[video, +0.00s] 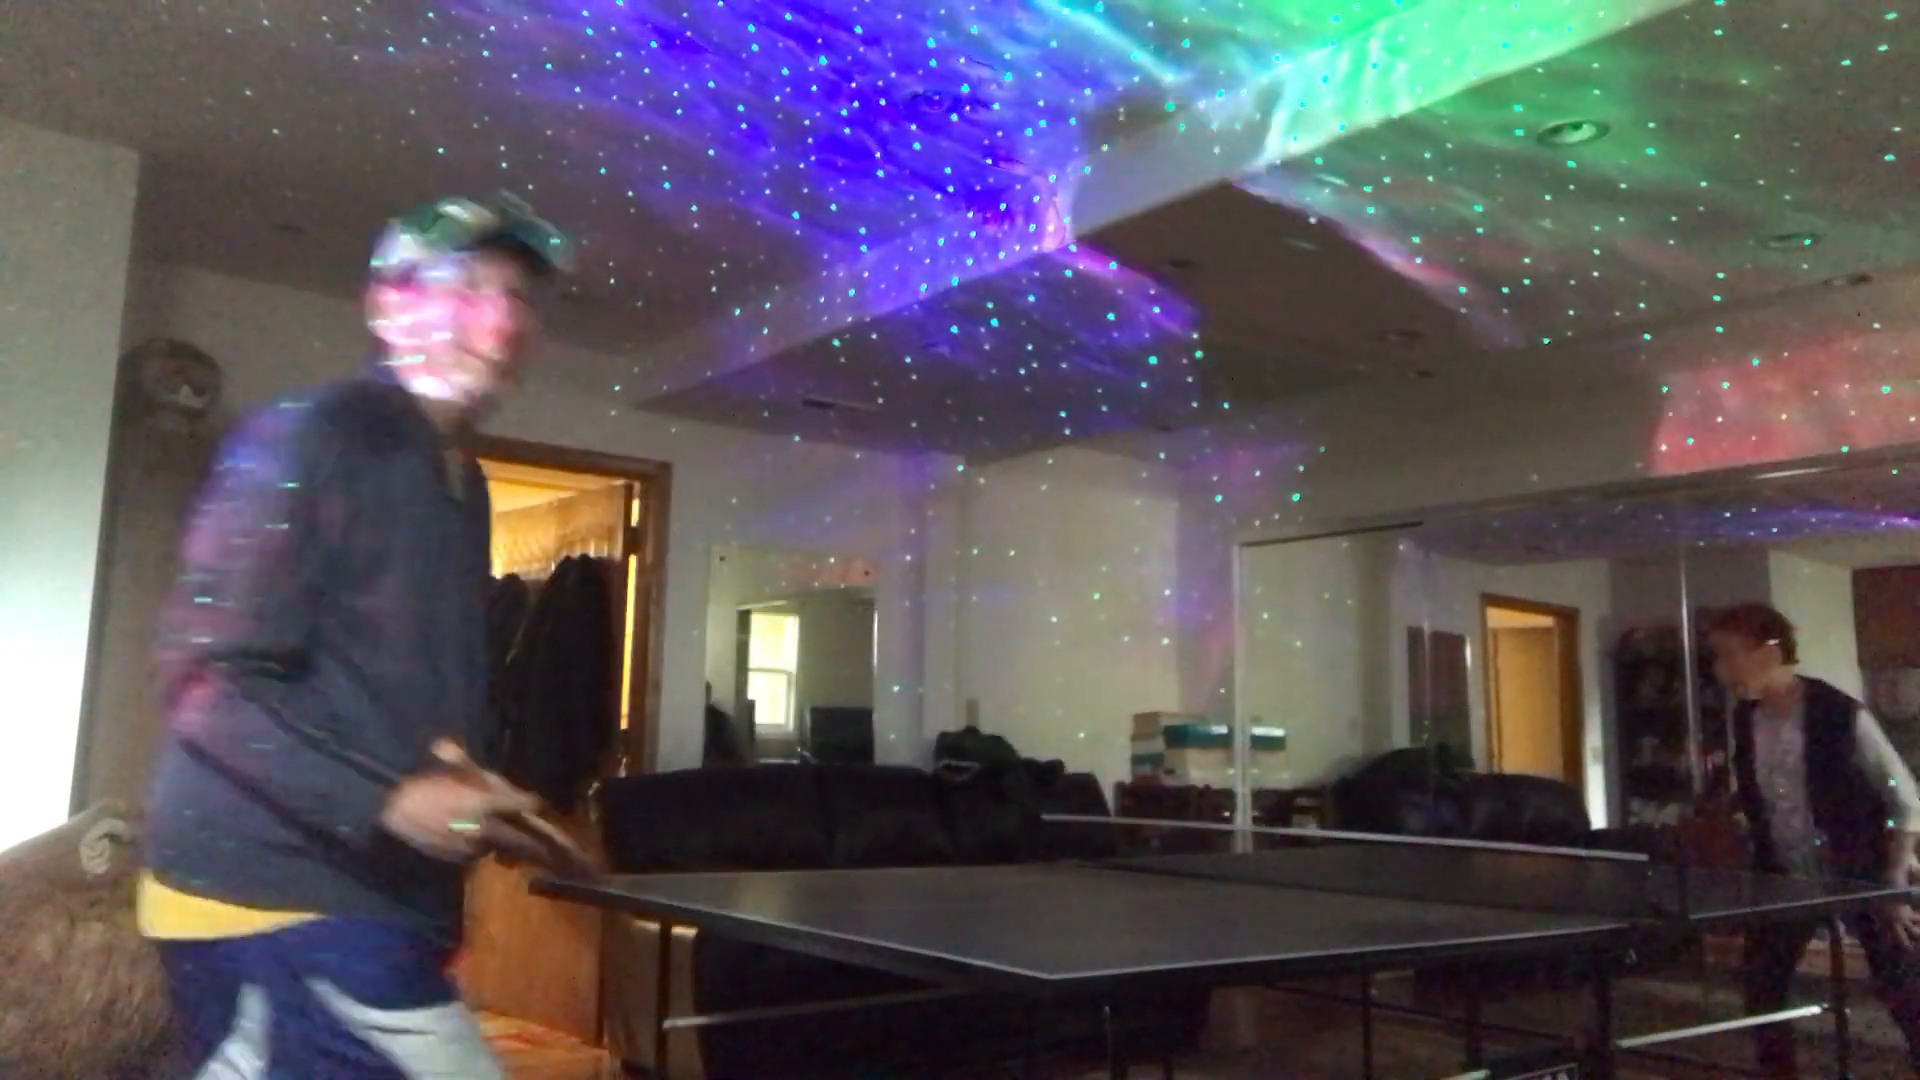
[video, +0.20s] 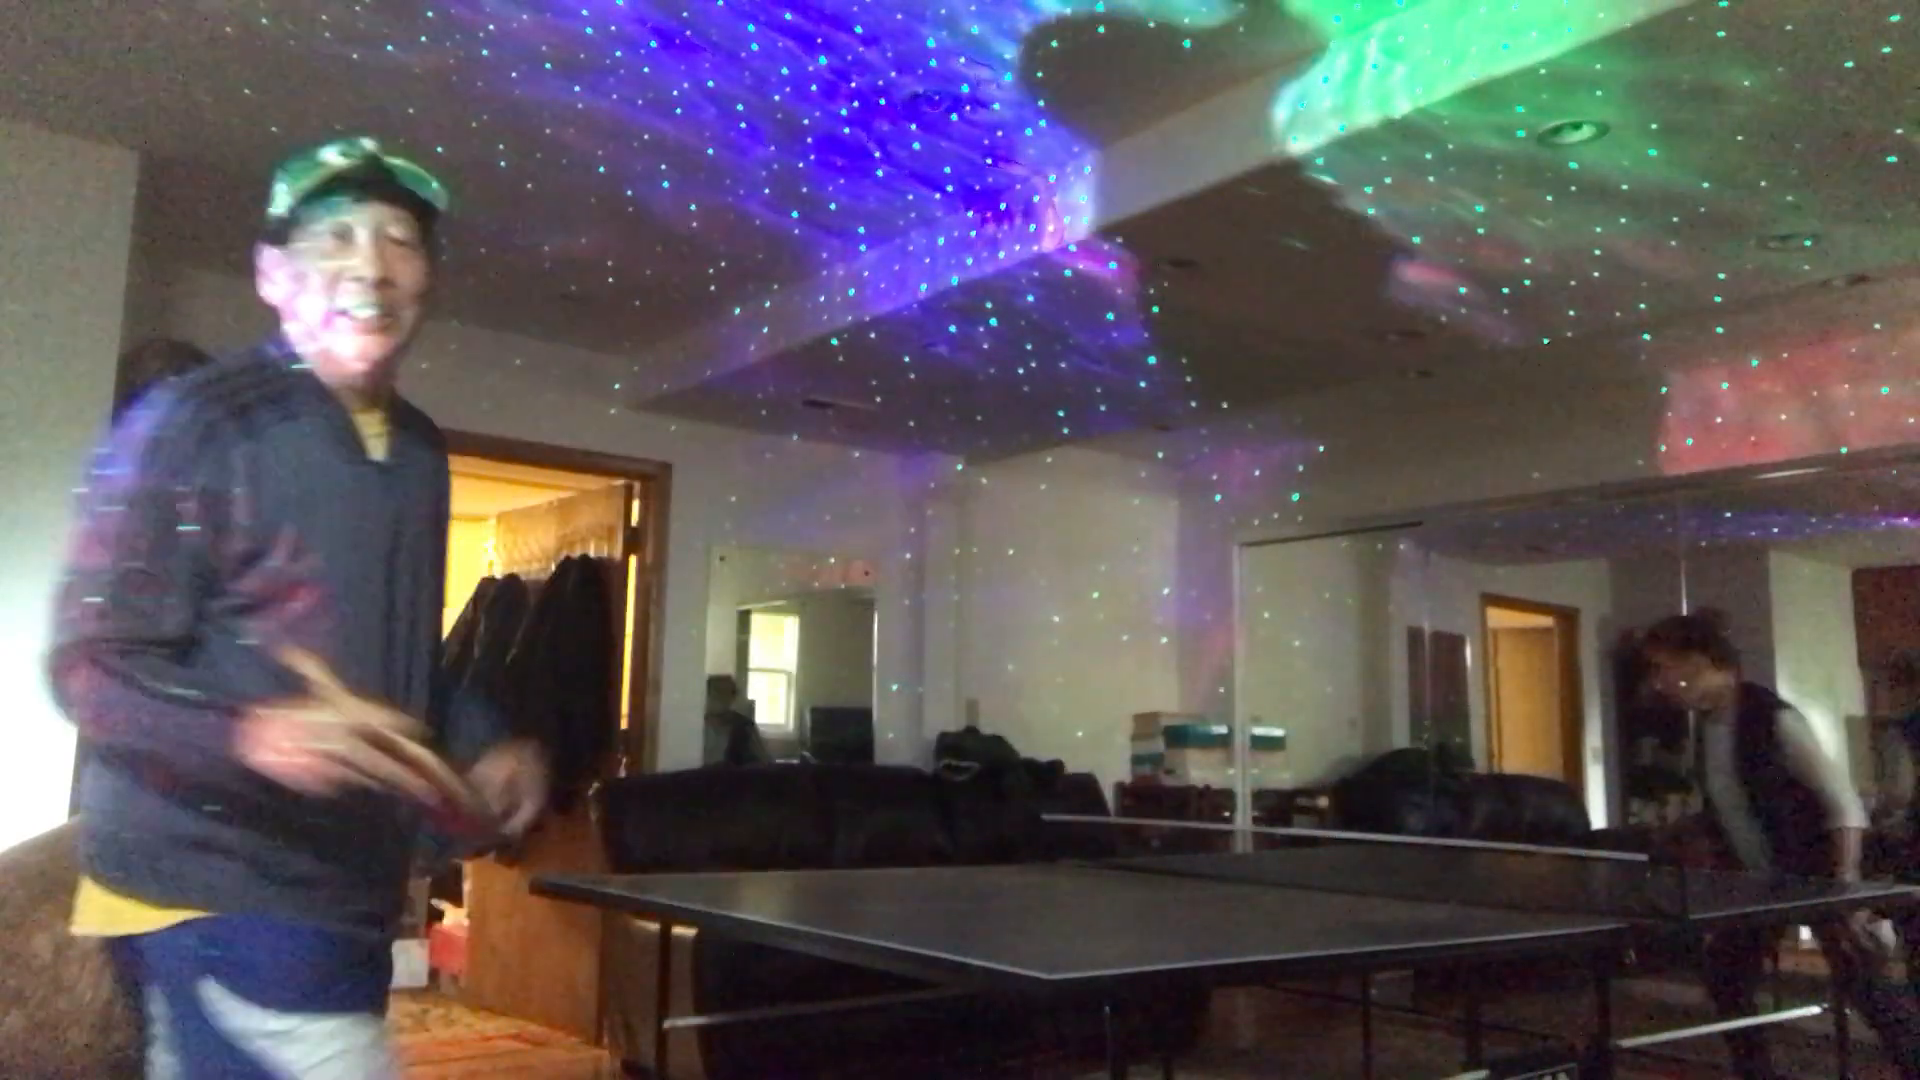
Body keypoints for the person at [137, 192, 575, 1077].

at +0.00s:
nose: (493, 323)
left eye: (515, 298)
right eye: (462, 287)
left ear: (528, 330)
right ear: (389, 305)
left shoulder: (462, 488)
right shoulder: (306, 439)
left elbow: (433, 697)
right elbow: (205, 680)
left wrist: (473, 789)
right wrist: (389, 799)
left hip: (378, 904)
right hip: (278, 904)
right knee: (449, 1060)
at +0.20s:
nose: (370, 269)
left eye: (399, 241)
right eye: (334, 238)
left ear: (429, 279)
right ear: (274, 275)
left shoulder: (418, 455)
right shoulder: (190, 428)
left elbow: (404, 656)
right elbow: (92, 664)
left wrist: (485, 743)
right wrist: (245, 735)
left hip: (346, 895)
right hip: (220, 895)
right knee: (344, 1059)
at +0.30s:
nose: (340, 261)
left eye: (371, 231)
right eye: (304, 226)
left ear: (407, 272)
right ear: (242, 261)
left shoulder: (414, 451)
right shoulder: (145, 421)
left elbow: (405, 657)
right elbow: (25, 656)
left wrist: (529, 663)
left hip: (344, 926)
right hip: (180, 927)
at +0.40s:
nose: (306, 236)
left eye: (342, 208)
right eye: (268, 200)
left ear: (381, 252)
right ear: (207, 238)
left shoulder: (415, 438)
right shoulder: (104, 397)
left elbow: (440, 624)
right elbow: (11, 670)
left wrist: (553, 586)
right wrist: (59, 575)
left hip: (320, 944)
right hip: (128, 941)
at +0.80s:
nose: (203, 137)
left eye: (248, 97)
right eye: (154, 88)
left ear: (309, 150)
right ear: (85, 132)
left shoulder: (407, 376)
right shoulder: (20, 323)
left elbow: (538, 587)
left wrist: (602, 520)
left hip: (299, 990)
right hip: (38, 991)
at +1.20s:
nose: (237, 40)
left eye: (303, 5)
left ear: (379, 78)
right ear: (106, 36)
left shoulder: (474, 352)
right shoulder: (16, 244)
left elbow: (605, 584)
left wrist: (764, 537)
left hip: (291, 1007)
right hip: (21, 974)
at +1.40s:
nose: (263, 15)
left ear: (417, 27)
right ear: (132, 5)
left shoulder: (509, 311)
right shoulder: (13, 197)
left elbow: (648, 556)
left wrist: (838, 524)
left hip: (308, 1024)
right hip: (22, 1004)